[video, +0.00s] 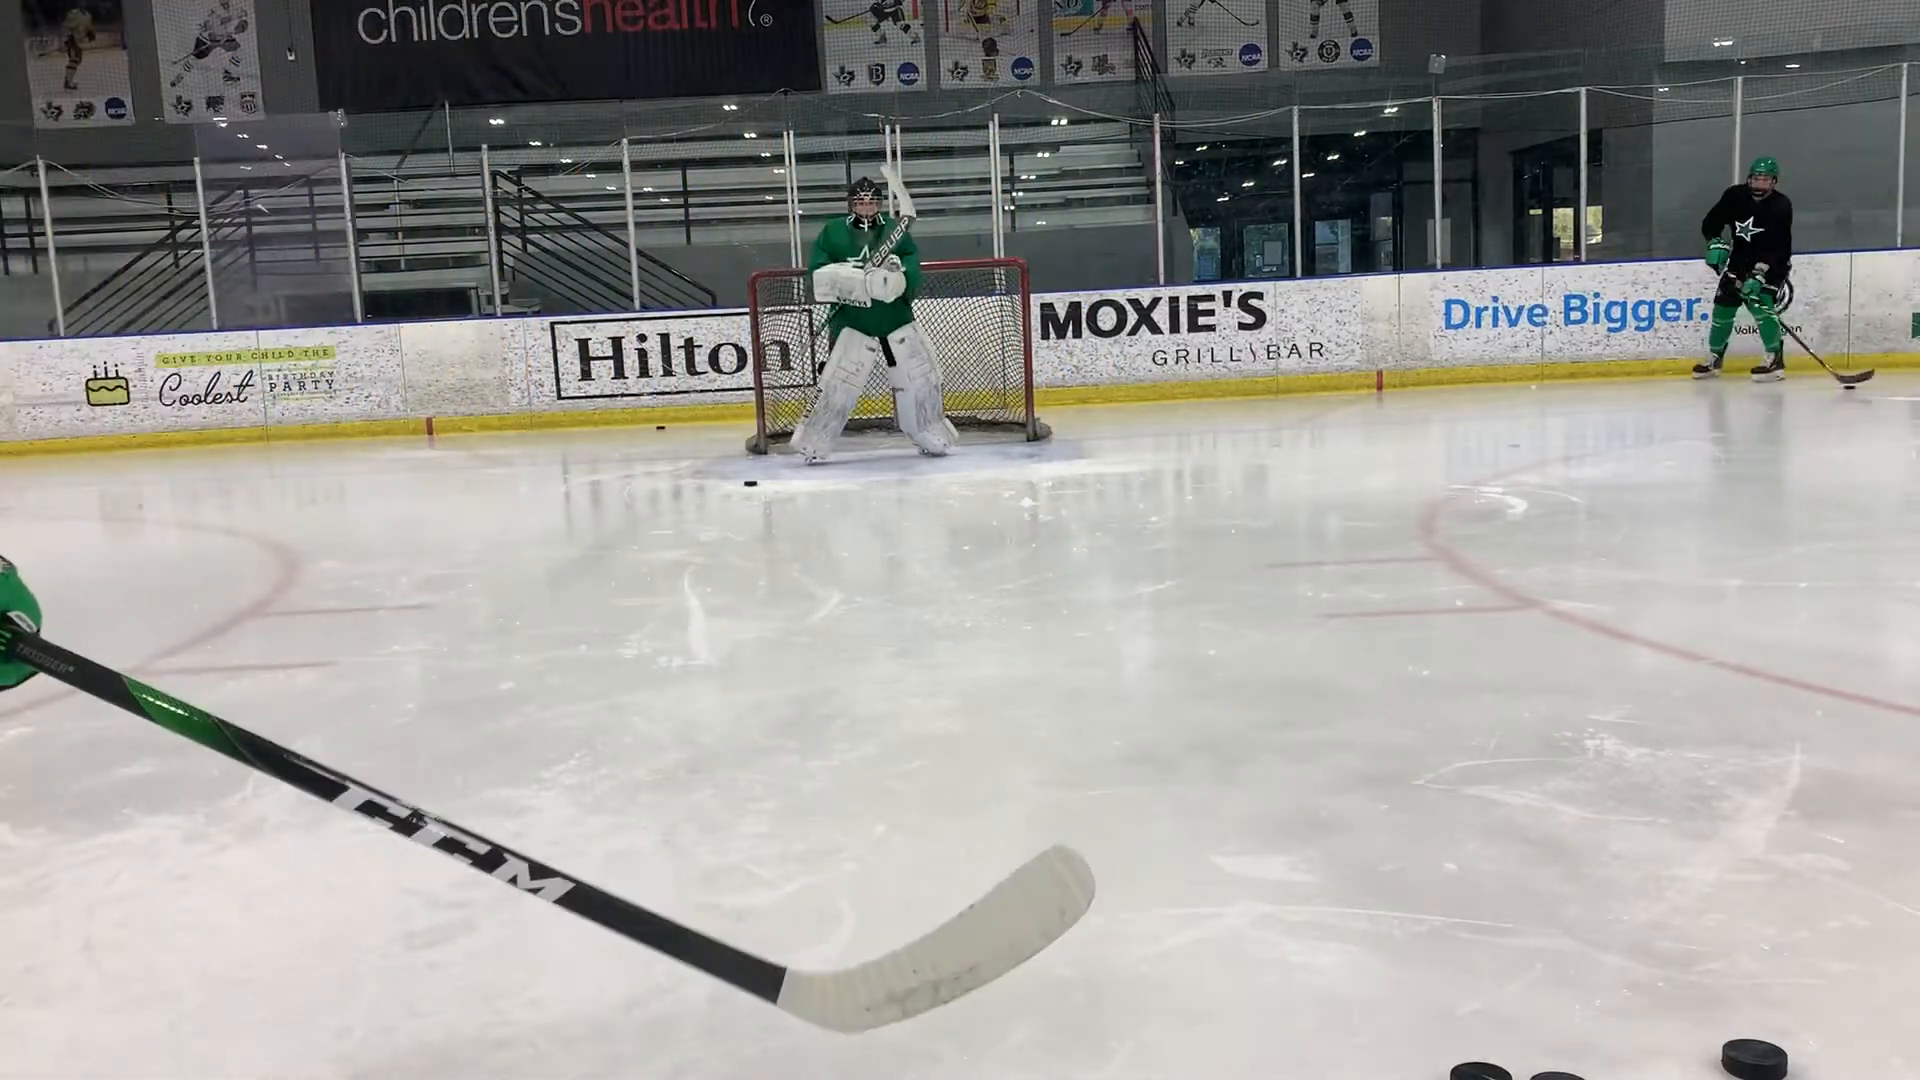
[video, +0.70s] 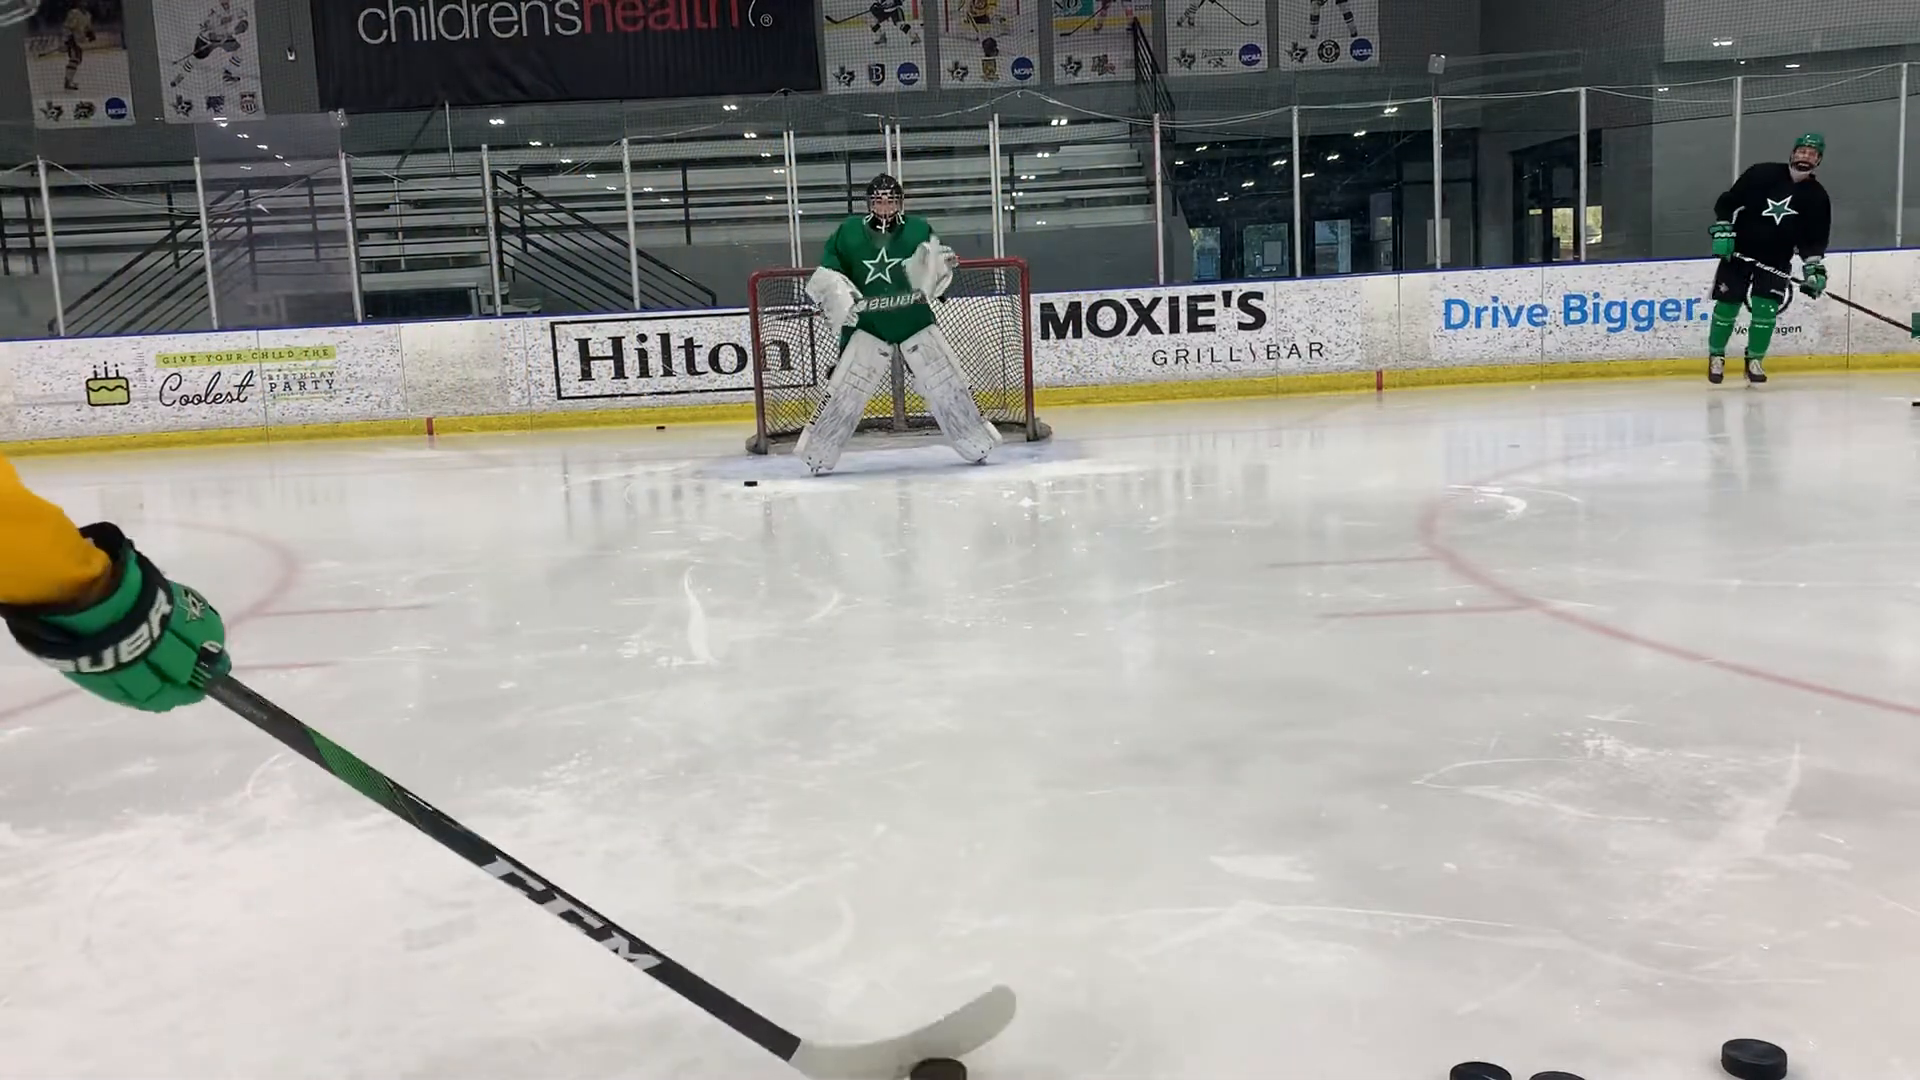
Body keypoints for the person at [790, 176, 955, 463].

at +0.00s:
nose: (865, 205)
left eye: (870, 200)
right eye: (860, 200)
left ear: (879, 202)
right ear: (851, 203)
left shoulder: (895, 230)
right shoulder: (833, 231)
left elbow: (913, 269)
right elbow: (816, 276)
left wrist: (892, 279)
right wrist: (850, 281)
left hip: (896, 319)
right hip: (854, 320)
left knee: (919, 377)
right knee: (840, 384)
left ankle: (931, 438)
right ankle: (816, 445)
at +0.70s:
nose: (884, 204)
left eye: (890, 199)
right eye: (879, 199)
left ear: (900, 201)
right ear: (869, 202)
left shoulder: (918, 230)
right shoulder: (850, 232)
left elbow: (941, 268)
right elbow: (826, 276)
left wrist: (932, 274)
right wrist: (843, 303)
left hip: (915, 322)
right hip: (868, 326)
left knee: (946, 385)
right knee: (846, 393)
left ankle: (976, 448)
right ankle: (820, 458)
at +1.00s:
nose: (894, 234)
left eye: (899, 227)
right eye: (888, 228)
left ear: (908, 228)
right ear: (879, 229)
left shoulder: (927, 254)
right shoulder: (858, 260)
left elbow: (950, 302)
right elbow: (838, 301)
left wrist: (953, 276)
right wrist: (840, 338)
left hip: (924, 341)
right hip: (879, 346)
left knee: (956, 398)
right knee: (865, 408)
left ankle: (994, 455)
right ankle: (825, 461)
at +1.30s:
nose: (906, 266)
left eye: (912, 260)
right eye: (900, 261)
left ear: (921, 262)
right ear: (889, 262)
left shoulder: (939, 285)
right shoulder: (867, 291)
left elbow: (963, 336)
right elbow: (848, 333)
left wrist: (965, 312)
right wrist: (847, 372)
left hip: (938, 367)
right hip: (890, 372)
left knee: (978, 408)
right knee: (867, 421)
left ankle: (1022, 451)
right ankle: (822, 463)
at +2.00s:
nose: (916, 292)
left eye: (921, 286)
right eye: (909, 286)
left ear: (931, 285)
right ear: (898, 286)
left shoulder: (950, 307)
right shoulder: (877, 311)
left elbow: (977, 359)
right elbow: (850, 349)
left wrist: (973, 349)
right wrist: (849, 388)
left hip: (946, 389)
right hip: (895, 399)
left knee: (981, 415)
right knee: (870, 434)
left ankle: (1019, 448)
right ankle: (827, 464)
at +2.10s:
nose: (915, 297)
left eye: (921, 290)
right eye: (909, 290)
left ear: (930, 288)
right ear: (897, 288)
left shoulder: (948, 308)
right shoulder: (874, 312)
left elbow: (977, 357)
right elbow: (847, 348)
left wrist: (985, 331)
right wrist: (862, 370)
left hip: (945, 401)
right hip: (896, 405)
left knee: (984, 430)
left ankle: (1024, 445)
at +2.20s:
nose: (918, 302)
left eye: (923, 296)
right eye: (912, 296)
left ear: (931, 296)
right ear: (899, 295)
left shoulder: (947, 317)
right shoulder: (876, 319)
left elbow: (967, 352)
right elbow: (847, 355)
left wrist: (998, 346)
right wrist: (859, 386)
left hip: (945, 412)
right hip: (896, 414)